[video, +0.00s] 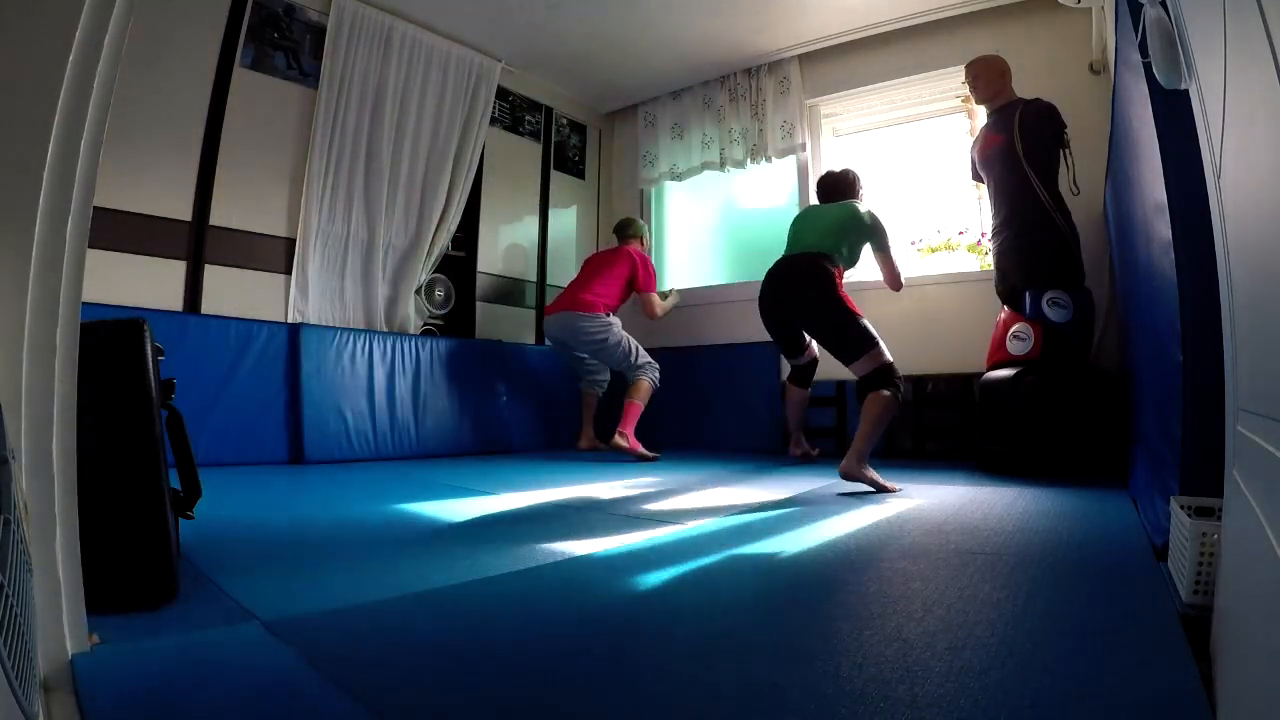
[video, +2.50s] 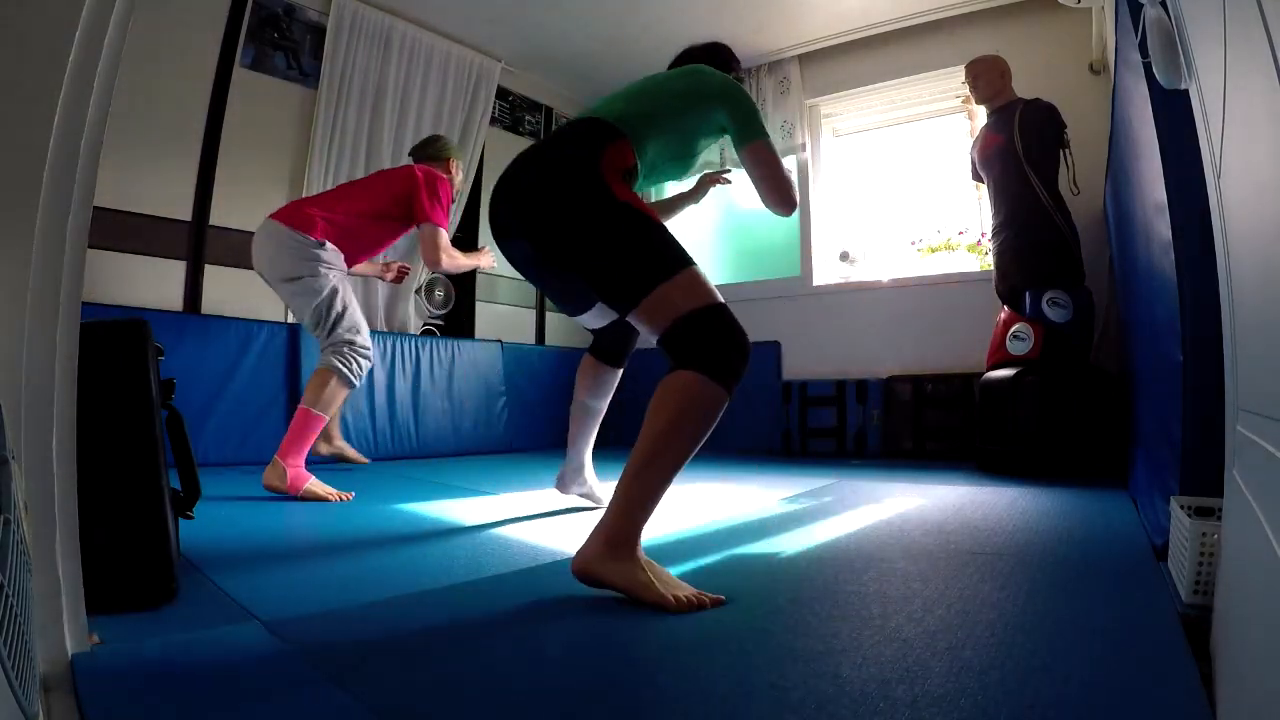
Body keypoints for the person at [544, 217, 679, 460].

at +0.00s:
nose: (647, 245)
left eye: (647, 242)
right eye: (647, 241)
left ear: (618, 239)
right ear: (643, 240)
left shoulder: (597, 257)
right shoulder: (638, 258)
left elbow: (587, 292)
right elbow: (654, 310)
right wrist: (672, 299)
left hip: (553, 319)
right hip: (588, 318)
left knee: (595, 370)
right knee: (646, 368)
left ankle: (587, 436)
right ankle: (626, 433)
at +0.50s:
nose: (651, 246)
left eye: (651, 243)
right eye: (652, 242)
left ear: (625, 239)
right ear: (648, 240)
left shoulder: (607, 255)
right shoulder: (643, 255)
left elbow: (588, 290)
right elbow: (657, 306)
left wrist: (618, 305)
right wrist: (676, 301)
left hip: (557, 312)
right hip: (589, 312)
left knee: (595, 372)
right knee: (642, 364)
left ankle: (586, 436)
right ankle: (625, 432)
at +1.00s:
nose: (641, 237)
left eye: (641, 232)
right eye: (641, 232)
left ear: (610, 228)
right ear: (635, 230)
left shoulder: (592, 243)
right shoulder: (627, 244)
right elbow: (640, 301)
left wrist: (600, 305)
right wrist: (667, 296)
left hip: (526, 298)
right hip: (561, 298)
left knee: (567, 361)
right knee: (619, 355)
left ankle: (547, 434)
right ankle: (595, 426)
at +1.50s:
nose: (599, 224)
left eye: (599, 219)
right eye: (599, 218)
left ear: (566, 215)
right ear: (592, 216)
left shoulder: (544, 230)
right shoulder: (585, 232)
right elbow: (589, 297)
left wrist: (549, 298)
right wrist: (626, 291)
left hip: (468, 289)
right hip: (507, 290)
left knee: (515, 364)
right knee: (563, 358)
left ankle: (500, 440)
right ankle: (516, 425)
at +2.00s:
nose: (538, 203)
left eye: (537, 199)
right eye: (538, 198)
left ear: (503, 192)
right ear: (532, 195)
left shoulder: (478, 207)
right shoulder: (522, 209)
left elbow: (429, 246)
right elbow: (526, 280)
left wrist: (463, 284)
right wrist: (561, 279)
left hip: (384, 261)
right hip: (424, 265)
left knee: (435, 357)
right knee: (477, 354)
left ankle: (434, 441)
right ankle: (434, 450)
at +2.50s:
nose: (460, 184)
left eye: (462, 176)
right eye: (461, 174)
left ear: (419, 164)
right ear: (452, 166)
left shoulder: (398, 183)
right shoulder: (433, 180)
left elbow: (335, 255)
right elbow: (440, 259)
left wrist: (380, 269)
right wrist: (478, 260)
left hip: (282, 238)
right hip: (301, 242)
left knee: (345, 336)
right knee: (352, 351)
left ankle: (328, 436)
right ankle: (287, 465)